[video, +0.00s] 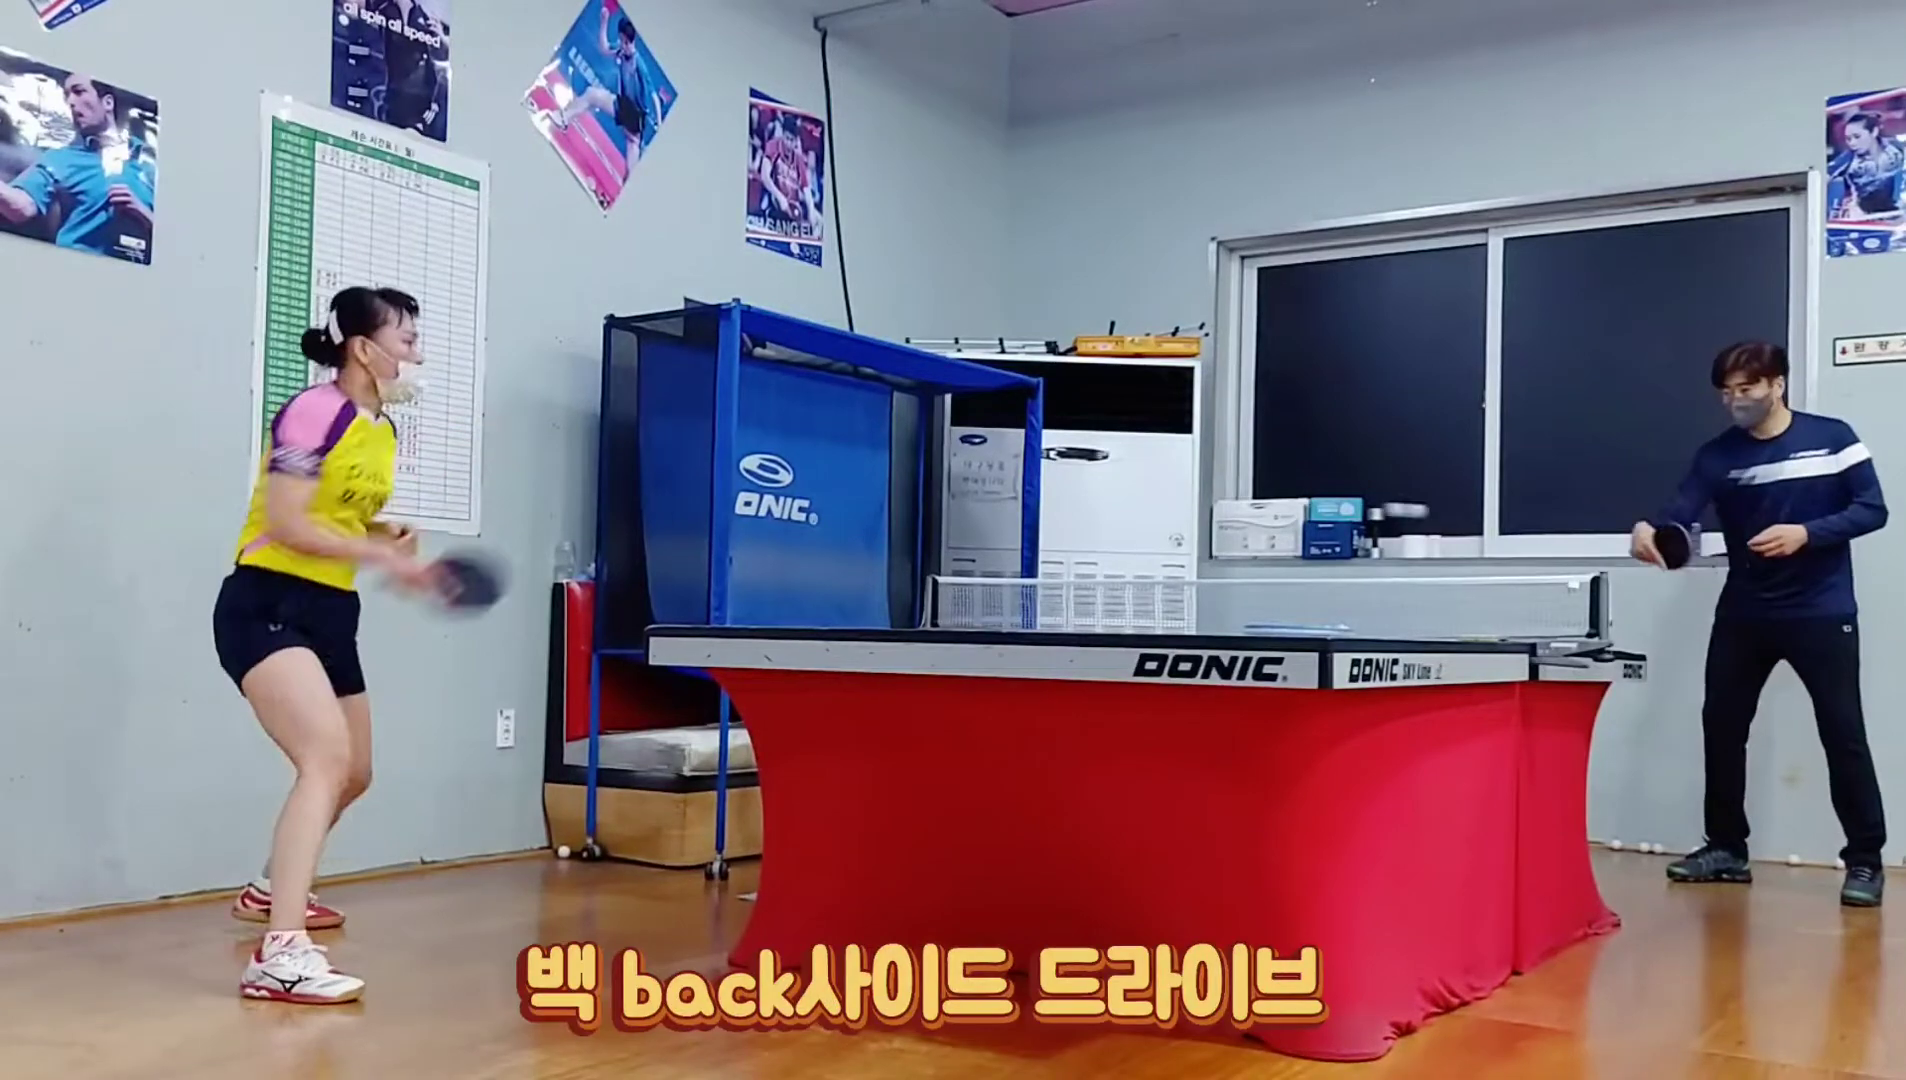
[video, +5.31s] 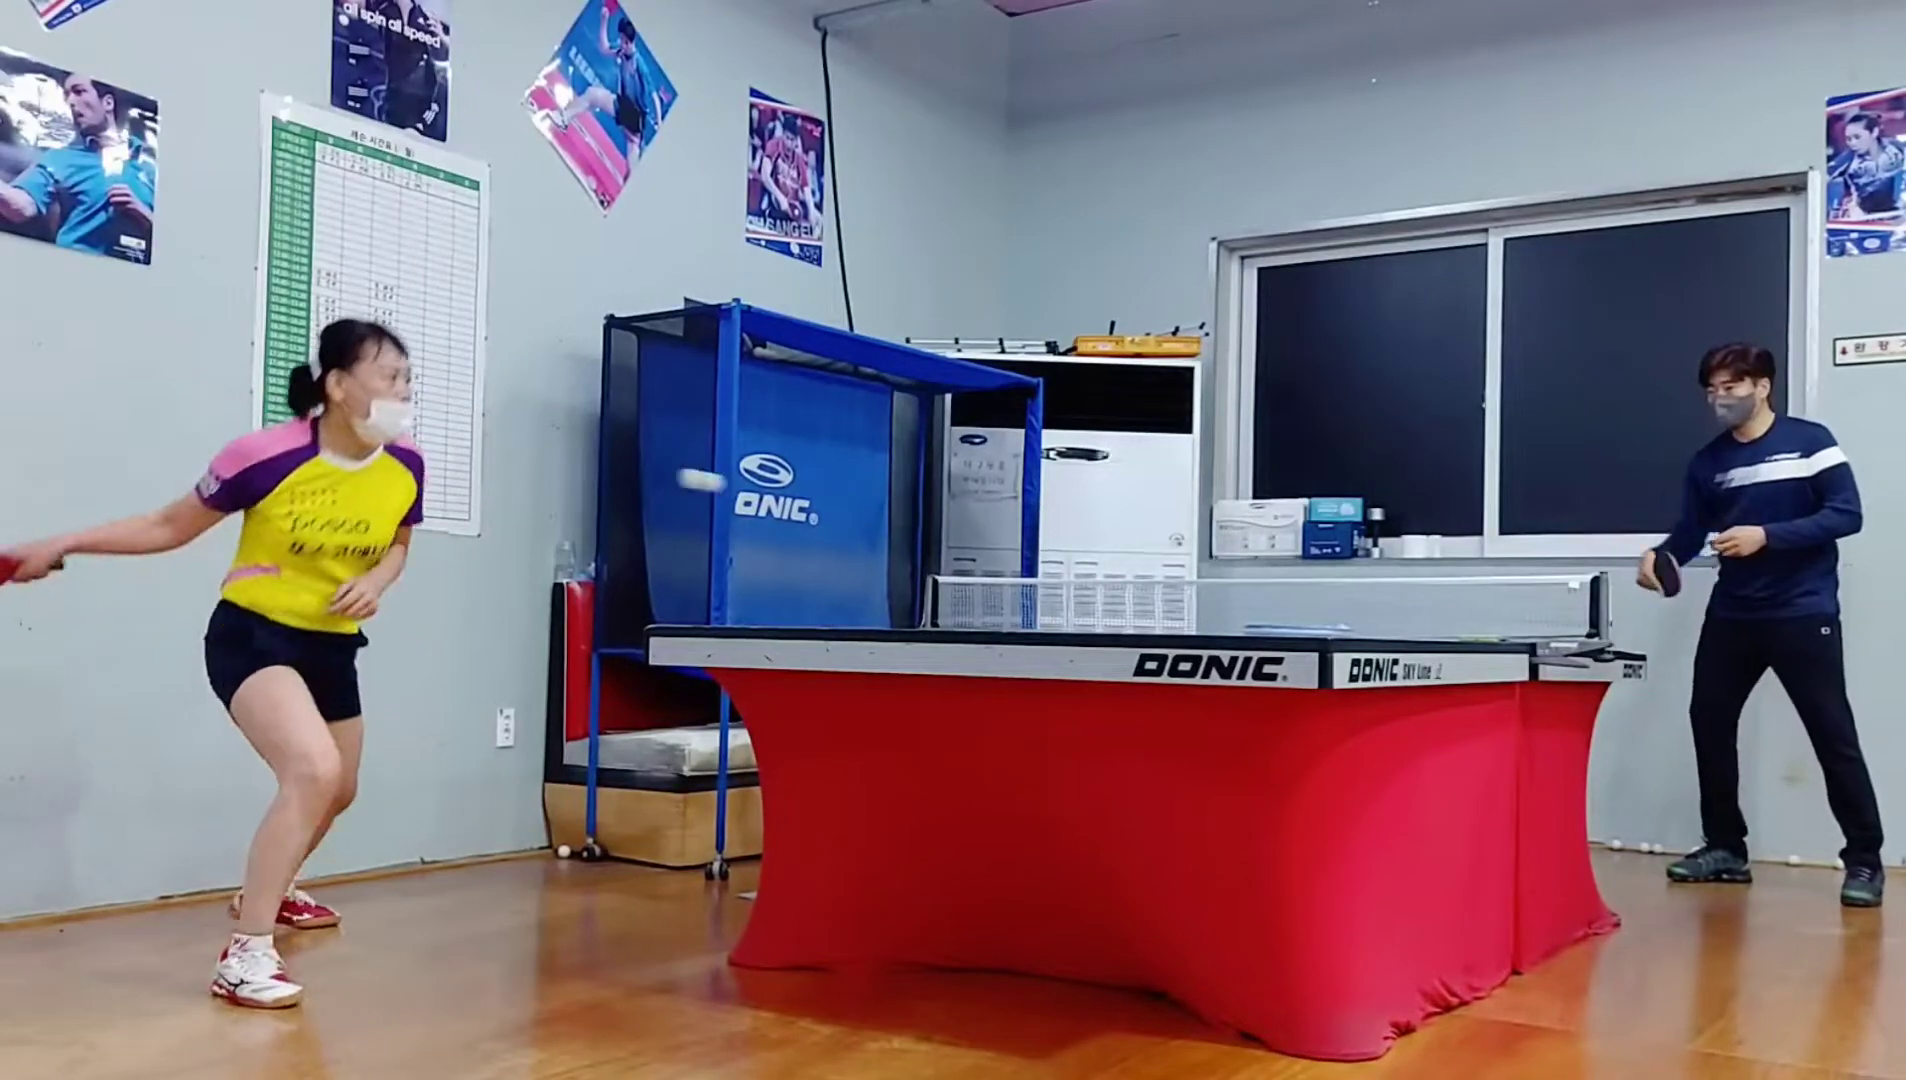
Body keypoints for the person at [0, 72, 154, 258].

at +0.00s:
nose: (70, 101)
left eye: (79, 91)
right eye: (67, 96)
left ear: (108, 102)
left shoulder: (150, 160)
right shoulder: (60, 159)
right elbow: (20, 207)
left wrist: (143, 212)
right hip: (74, 262)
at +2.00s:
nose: (71, 101)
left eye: (80, 91)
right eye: (67, 96)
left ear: (108, 103)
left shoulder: (149, 161)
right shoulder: (61, 159)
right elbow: (20, 208)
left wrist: (143, 212)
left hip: (134, 270)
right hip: (74, 262)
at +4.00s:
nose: (71, 101)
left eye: (79, 91)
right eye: (67, 96)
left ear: (108, 103)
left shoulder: (149, 164)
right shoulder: (59, 159)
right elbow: (20, 207)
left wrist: (142, 212)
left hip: (134, 270)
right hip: (74, 261)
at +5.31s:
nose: (70, 101)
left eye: (79, 91)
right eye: (67, 96)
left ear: (108, 102)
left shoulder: (150, 163)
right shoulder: (59, 159)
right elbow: (19, 208)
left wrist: (143, 213)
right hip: (75, 261)